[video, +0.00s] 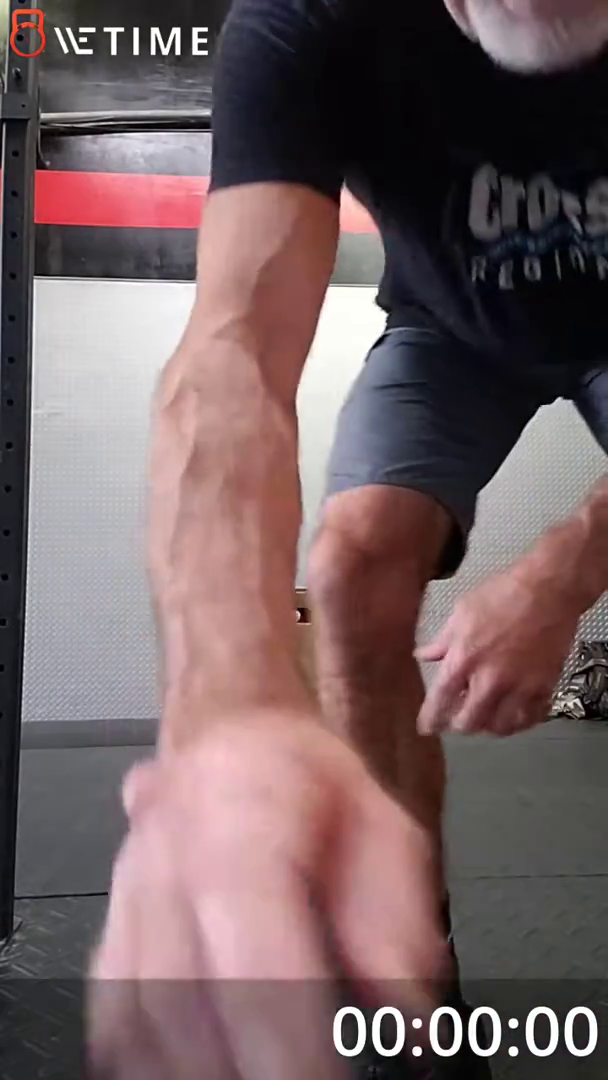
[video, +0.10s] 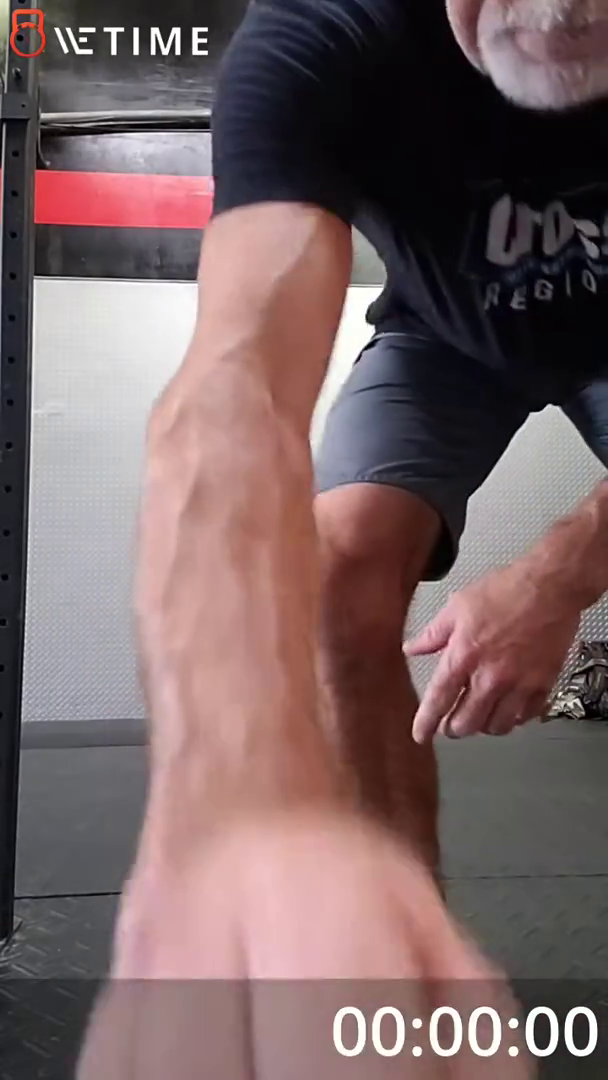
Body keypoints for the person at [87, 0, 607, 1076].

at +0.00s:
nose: (527, 3)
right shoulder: (307, 21)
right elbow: (234, 350)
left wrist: (567, 575)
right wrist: (224, 716)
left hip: (602, 338)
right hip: (456, 326)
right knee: (349, 574)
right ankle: (410, 976)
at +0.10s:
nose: (553, 1)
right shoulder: (324, 35)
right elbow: (235, 386)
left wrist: (563, 578)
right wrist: (239, 812)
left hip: (599, 342)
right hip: (450, 332)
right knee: (340, 575)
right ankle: (400, 971)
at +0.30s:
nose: (572, 14)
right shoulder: (333, 55)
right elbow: (246, 440)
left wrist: (576, 579)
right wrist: (231, 996)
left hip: (601, 346)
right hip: (447, 332)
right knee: (330, 603)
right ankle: (425, 1008)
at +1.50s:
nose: (533, 5)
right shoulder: (288, 16)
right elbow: (253, 380)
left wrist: (581, 582)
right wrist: (291, 826)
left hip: (591, 319)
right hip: (430, 312)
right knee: (353, 559)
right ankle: (394, 957)